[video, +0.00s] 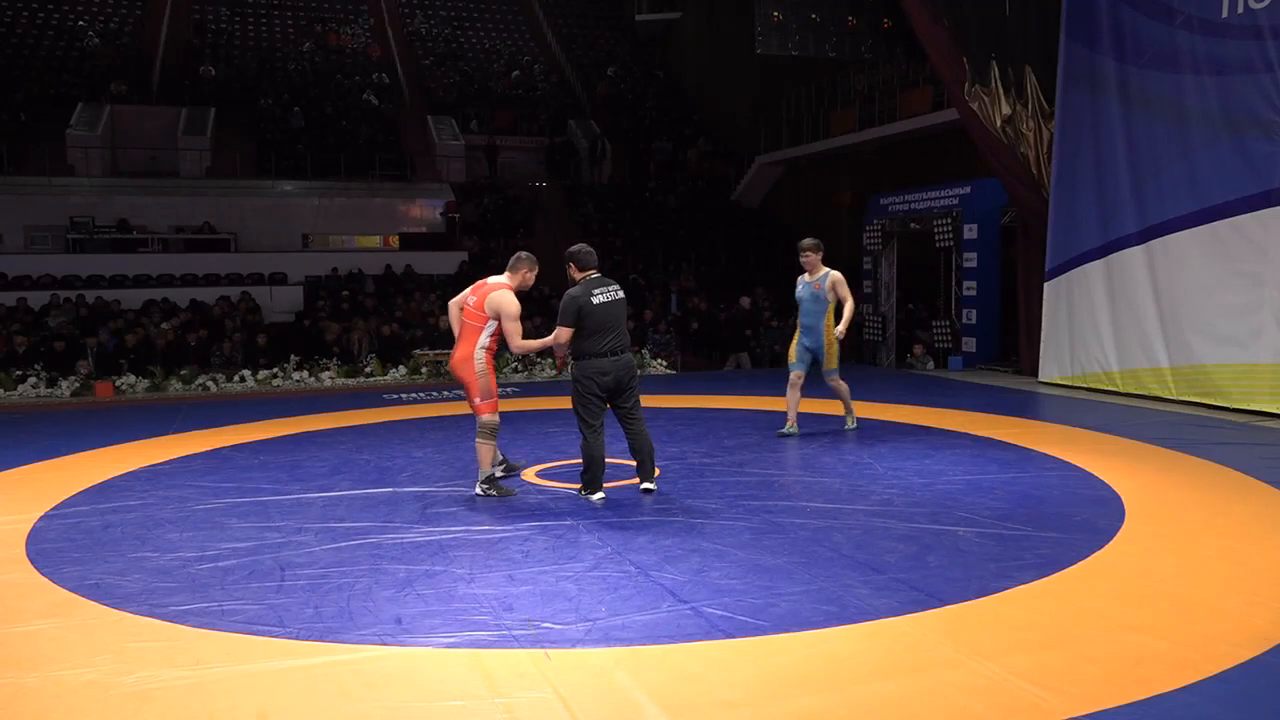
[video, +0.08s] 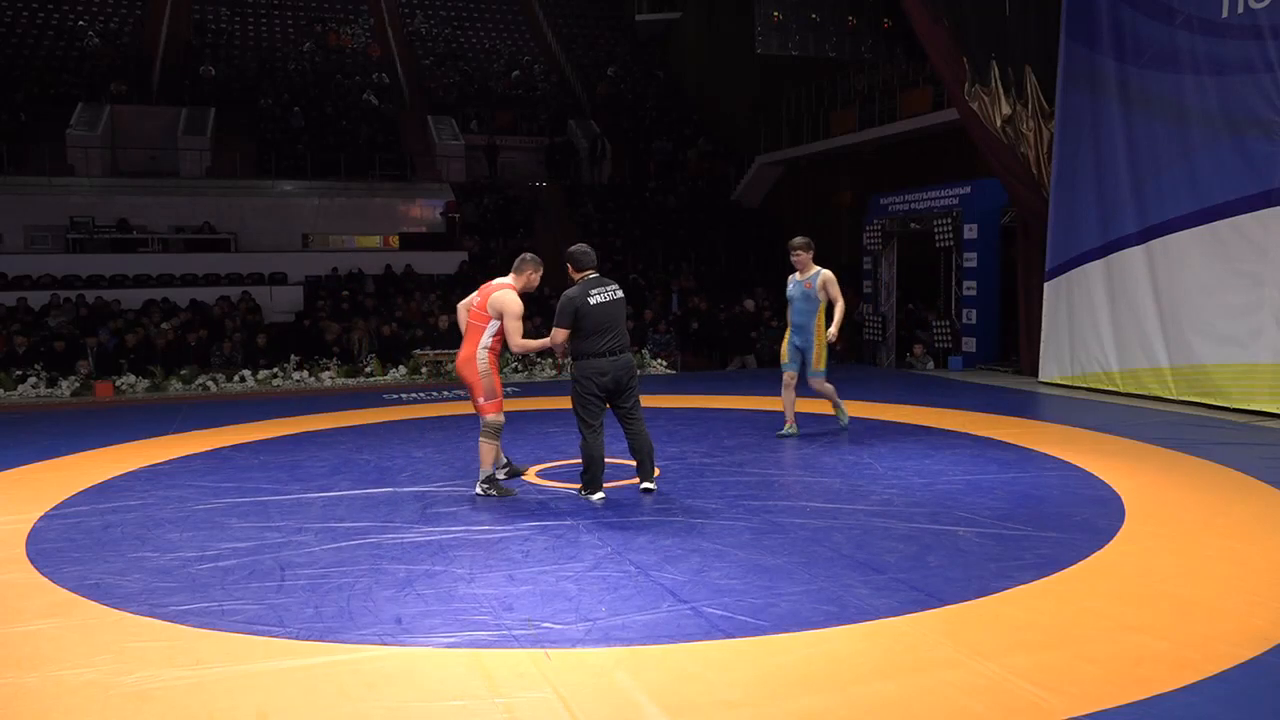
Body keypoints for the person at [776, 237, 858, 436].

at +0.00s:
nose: (804, 260)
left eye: (808, 256)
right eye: (802, 256)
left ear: (819, 256)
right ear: (799, 258)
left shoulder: (833, 277)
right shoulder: (800, 280)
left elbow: (848, 301)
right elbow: (803, 308)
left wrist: (843, 325)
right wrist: (800, 332)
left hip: (825, 338)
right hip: (802, 337)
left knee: (833, 380)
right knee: (794, 378)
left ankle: (849, 412)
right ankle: (791, 422)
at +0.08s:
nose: (794, 259)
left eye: (799, 255)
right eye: (792, 255)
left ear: (810, 254)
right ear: (790, 257)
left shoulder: (825, 276)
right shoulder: (791, 279)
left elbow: (839, 302)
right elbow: (791, 307)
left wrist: (834, 327)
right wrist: (790, 332)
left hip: (815, 338)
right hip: (792, 336)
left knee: (816, 383)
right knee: (788, 379)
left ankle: (837, 404)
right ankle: (790, 422)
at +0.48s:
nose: (755, 258)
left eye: (760, 254)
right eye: (753, 254)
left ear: (772, 254)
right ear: (752, 255)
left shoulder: (786, 278)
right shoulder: (751, 277)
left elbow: (798, 309)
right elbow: (742, 304)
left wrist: (799, 339)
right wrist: (728, 322)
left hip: (774, 339)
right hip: (756, 339)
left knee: (759, 381)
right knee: (770, 382)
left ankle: (748, 430)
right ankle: (788, 419)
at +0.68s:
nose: (735, 256)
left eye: (740, 252)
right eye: (733, 252)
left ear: (752, 252)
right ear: (732, 252)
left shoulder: (767, 276)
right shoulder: (731, 274)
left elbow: (777, 309)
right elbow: (724, 303)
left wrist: (775, 340)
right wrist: (714, 321)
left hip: (752, 338)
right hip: (733, 337)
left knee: (745, 384)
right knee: (724, 385)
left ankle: (744, 431)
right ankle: (755, 408)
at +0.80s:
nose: (722, 255)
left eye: (727, 251)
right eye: (721, 251)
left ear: (740, 250)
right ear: (719, 252)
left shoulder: (755, 273)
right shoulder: (719, 273)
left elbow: (767, 305)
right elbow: (712, 302)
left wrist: (757, 333)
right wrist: (702, 320)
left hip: (742, 340)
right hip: (719, 339)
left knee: (743, 387)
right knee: (704, 380)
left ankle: (744, 431)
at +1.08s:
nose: (690, 260)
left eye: (695, 256)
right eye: (688, 256)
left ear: (707, 254)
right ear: (685, 257)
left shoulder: (725, 276)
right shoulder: (685, 281)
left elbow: (740, 307)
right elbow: (675, 310)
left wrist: (729, 332)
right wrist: (666, 321)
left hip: (713, 346)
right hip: (688, 345)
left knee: (714, 396)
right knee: (678, 390)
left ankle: (738, 425)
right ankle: (674, 440)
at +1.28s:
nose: (671, 259)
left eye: (675, 254)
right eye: (668, 255)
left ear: (688, 251)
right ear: (665, 256)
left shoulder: (709, 272)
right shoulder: (664, 280)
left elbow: (725, 302)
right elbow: (655, 310)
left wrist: (717, 331)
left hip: (700, 342)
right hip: (674, 342)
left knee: (690, 388)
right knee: (673, 392)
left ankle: (702, 436)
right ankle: (675, 439)